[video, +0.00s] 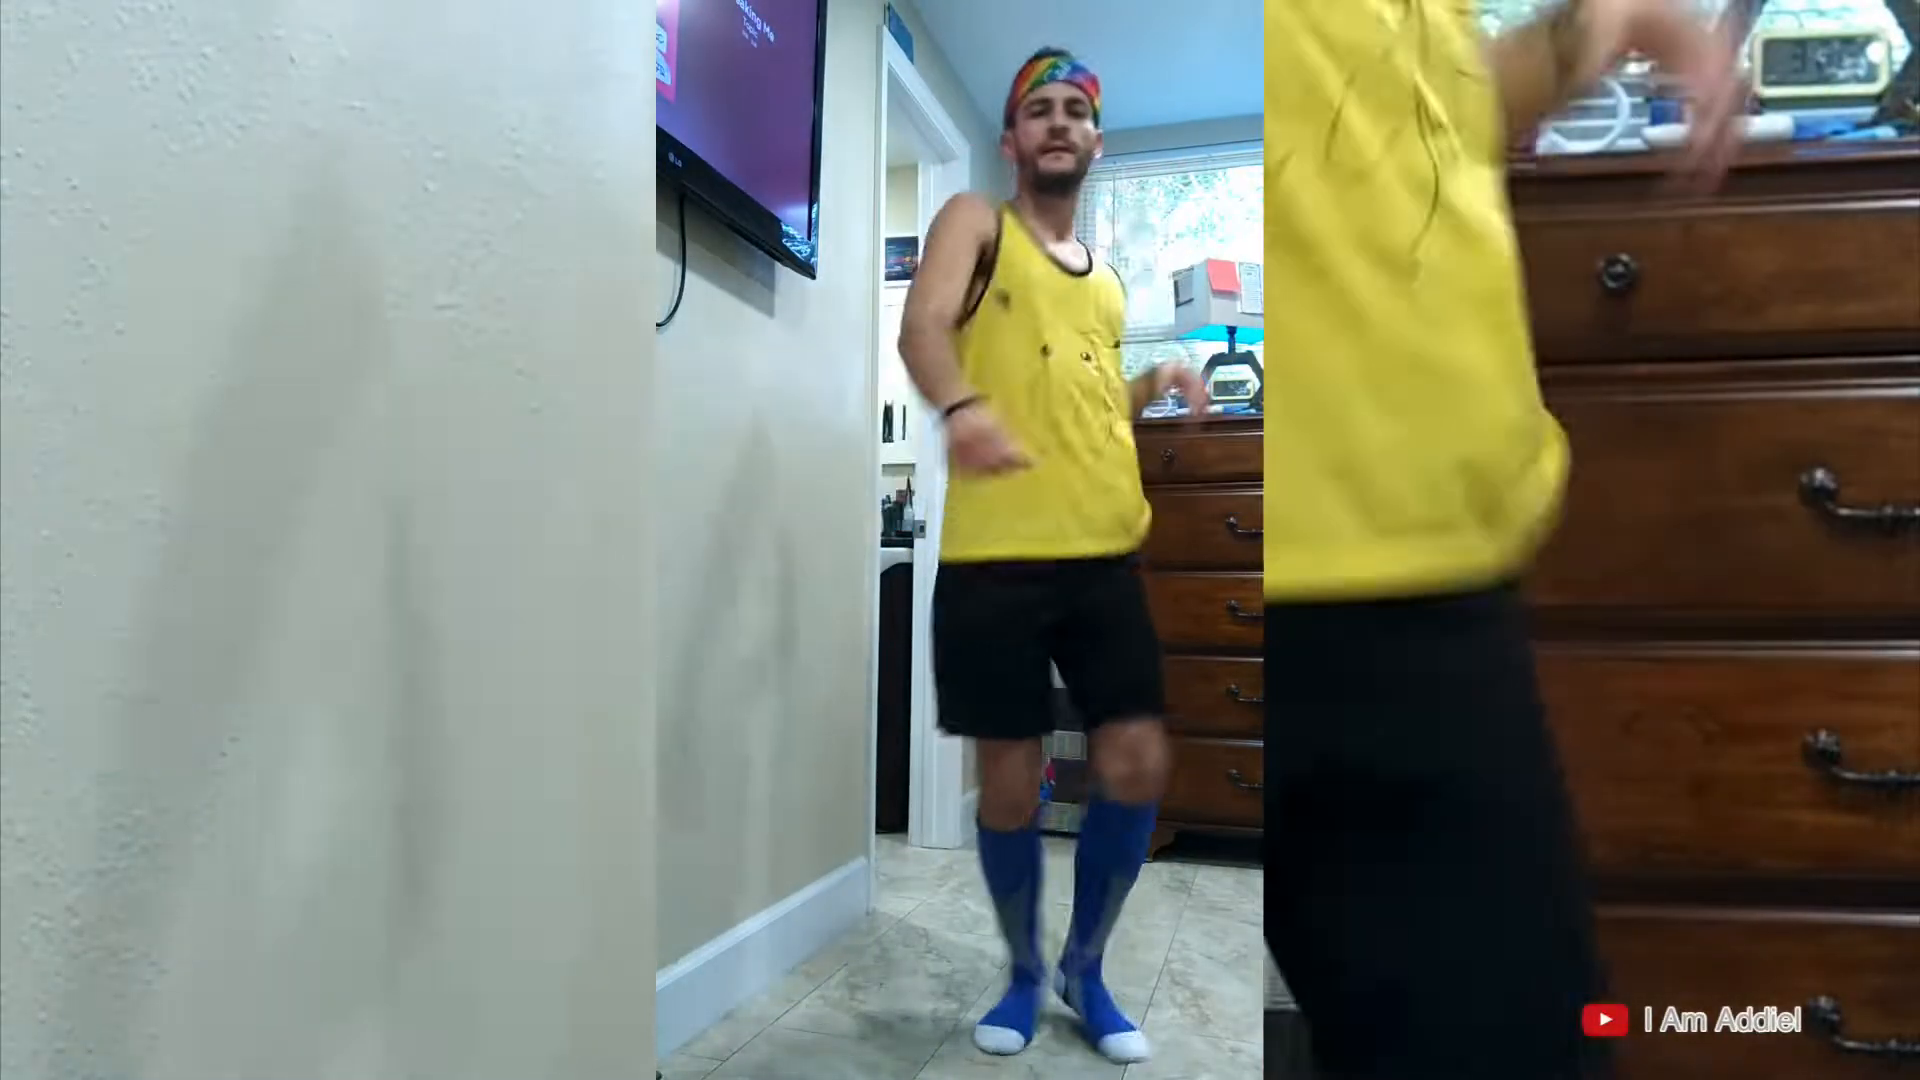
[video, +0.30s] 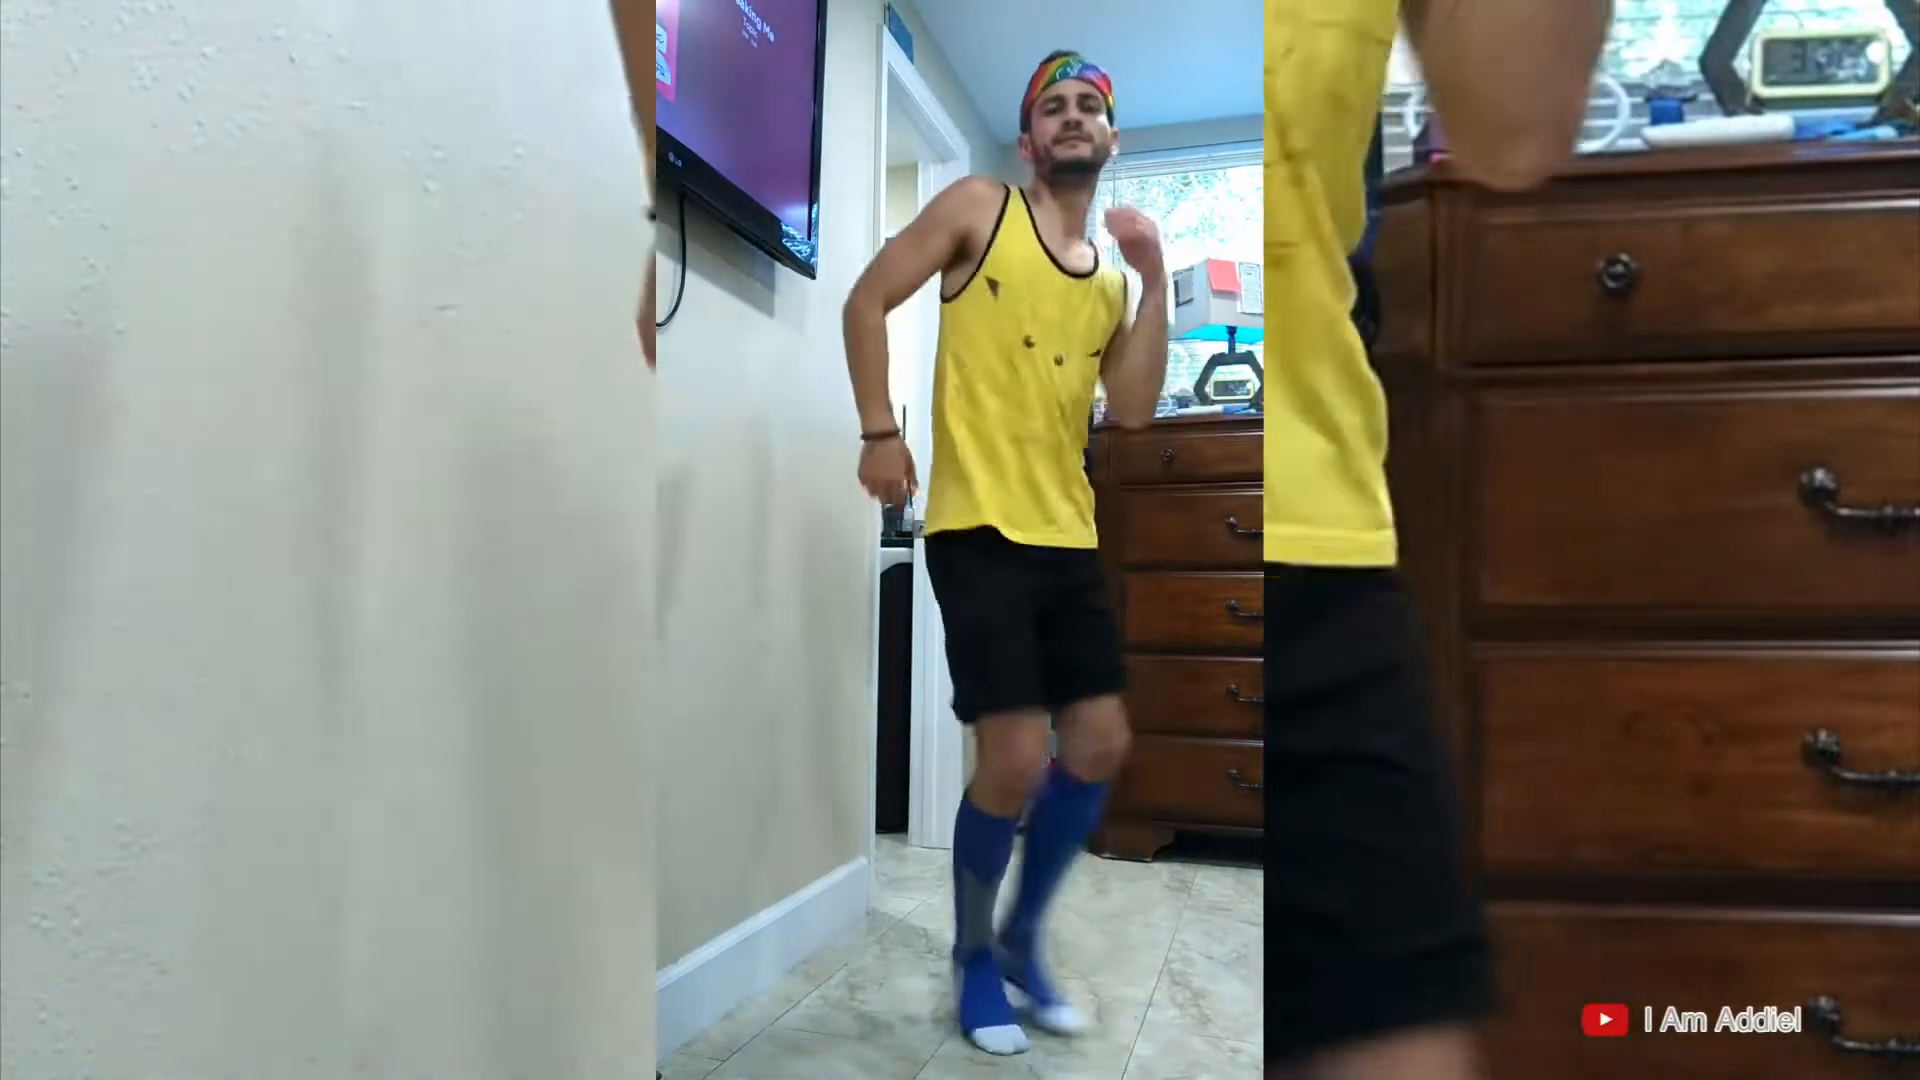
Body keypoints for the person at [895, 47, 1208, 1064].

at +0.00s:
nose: (1060, 124)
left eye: (1076, 112)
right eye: (1040, 112)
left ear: (1096, 141)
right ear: (1011, 139)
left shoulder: (1098, 278)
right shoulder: (975, 219)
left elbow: (1092, 413)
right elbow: (922, 326)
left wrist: (1158, 382)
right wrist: (959, 407)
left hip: (1102, 550)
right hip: (996, 552)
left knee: (1135, 760)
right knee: (1010, 770)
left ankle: (1084, 970)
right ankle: (1022, 978)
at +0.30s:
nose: (1077, 116)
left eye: (1092, 105)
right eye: (1057, 105)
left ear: (1114, 136)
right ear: (1026, 136)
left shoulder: (1107, 266)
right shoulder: (979, 205)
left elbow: (1132, 405)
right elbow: (866, 303)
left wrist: (1153, 279)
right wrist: (881, 432)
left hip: (1064, 522)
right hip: (975, 519)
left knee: (1100, 741)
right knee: (1015, 753)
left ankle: (1020, 940)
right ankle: (976, 966)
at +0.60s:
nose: (1051, 153)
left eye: (1070, 138)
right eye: (1035, 143)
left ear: (1106, 160)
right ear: (1016, 168)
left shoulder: (1126, 298)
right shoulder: (971, 257)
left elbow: (1064, 388)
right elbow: (915, 354)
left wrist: (1028, 262)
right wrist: (894, 407)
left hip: (1052, 535)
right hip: (949, 507)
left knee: (1068, 767)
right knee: (981, 666)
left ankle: (997, 942)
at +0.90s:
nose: (996, 148)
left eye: (1015, 132)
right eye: (979, 135)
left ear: (1047, 146)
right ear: (960, 156)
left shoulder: (1077, 206)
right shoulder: (951, 282)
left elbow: (1019, 288)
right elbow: (946, 393)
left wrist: (931, 370)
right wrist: (907, 410)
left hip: (1045, 543)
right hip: (940, 541)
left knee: (1025, 761)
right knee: (874, 736)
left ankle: (1005, 948)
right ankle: (921, 959)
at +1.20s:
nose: (934, 118)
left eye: (954, 108)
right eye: (917, 104)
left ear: (980, 140)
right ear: (889, 135)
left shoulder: (1028, 211)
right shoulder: (863, 275)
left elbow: (1109, 341)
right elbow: (862, 396)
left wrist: (1070, 460)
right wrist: (911, 283)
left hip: (1019, 533)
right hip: (911, 544)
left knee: (1056, 755)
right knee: (871, 762)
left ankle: (1038, 983)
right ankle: (928, 989)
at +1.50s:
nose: (944, 97)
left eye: (961, 84)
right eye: (924, 83)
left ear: (983, 110)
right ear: (893, 108)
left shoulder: (1021, 237)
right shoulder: (856, 229)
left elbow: (1021, 381)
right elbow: (841, 380)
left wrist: (1040, 434)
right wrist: (958, 322)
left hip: (994, 549)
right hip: (873, 549)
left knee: (1087, 749)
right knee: (844, 782)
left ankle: (1009, 1013)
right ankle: (834, 1011)